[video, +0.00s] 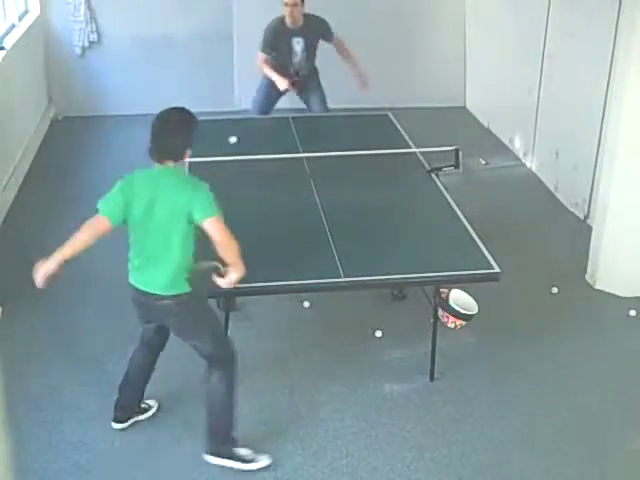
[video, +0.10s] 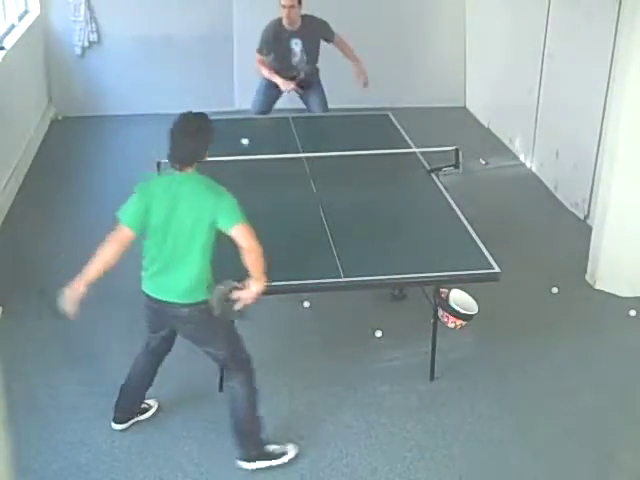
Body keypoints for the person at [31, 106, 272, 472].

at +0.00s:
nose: (192, 148)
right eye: (192, 144)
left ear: (152, 145)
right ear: (187, 150)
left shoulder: (131, 185)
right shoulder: (194, 189)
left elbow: (96, 226)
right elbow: (219, 233)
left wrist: (55, 259)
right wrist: (237, 270)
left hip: (141, 293)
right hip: (175, 299)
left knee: (151, 338)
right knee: (221, 356)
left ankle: (126, 409)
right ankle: (221, 446)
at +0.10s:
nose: (206, 150)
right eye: (207, 146)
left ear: (171, 148)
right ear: (204, 152)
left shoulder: (149, 190)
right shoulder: (214, 196)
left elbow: (115, 245)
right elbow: (248, 242)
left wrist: (78, 286)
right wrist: (257, 283)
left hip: (155, 299)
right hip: (193, 306)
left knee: (154, 347)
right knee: (239, 366)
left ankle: (125, 410)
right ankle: (252, 449)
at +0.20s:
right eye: (231, 152)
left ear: (194, 155)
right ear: (229, 159)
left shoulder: (178, 198)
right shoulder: (243, 204)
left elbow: (149, 251)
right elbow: (279, 251)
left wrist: (118, 298)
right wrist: (286, 296)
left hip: (175, 307)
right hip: (216, 315)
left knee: (161, 356)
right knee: (254, 372)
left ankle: (128, 411)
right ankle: (266, 454)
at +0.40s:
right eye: (268, 142)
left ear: (233, 146)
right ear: (269, 149)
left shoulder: (208, 188)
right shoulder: (283, 195)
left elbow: (183, 245)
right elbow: (313, 247)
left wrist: (159, 290)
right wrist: (329, 287)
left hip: (213, 308)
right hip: (260, 311)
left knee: (194, 378)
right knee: (273, 383)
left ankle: (169, 452)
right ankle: (274, 453)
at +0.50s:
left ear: (243, 142)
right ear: (279, 145)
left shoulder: (216, 185)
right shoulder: (294, 192)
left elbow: (189, 240)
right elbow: (322, 252)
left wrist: (168, 284)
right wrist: (329, 284)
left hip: (222, 315)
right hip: (271, 319)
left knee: (208, 390)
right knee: (289, 388)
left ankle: (193, 471)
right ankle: (300, 465)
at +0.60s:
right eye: (290, 158)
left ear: (249, 162)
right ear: (290, 163)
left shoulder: (226, 207)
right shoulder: (305, 213)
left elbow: (199, 261)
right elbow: (334, 278)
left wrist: (179, 297)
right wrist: (339, 300)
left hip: (231, 340)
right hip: (282, 341)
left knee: (219, 423)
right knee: (315, 410)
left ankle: (210, 475)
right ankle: (334, 474)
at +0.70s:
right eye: (310, 195)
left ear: (275, 196)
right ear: (312, 200)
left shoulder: (247, 236)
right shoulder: (325, 248)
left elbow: (215, 297)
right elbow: (356, 318)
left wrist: (191, 329)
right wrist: (384, 325)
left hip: (245, 373)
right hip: (301, 374)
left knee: (221, 451)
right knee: (347, 429)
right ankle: (376, 473)